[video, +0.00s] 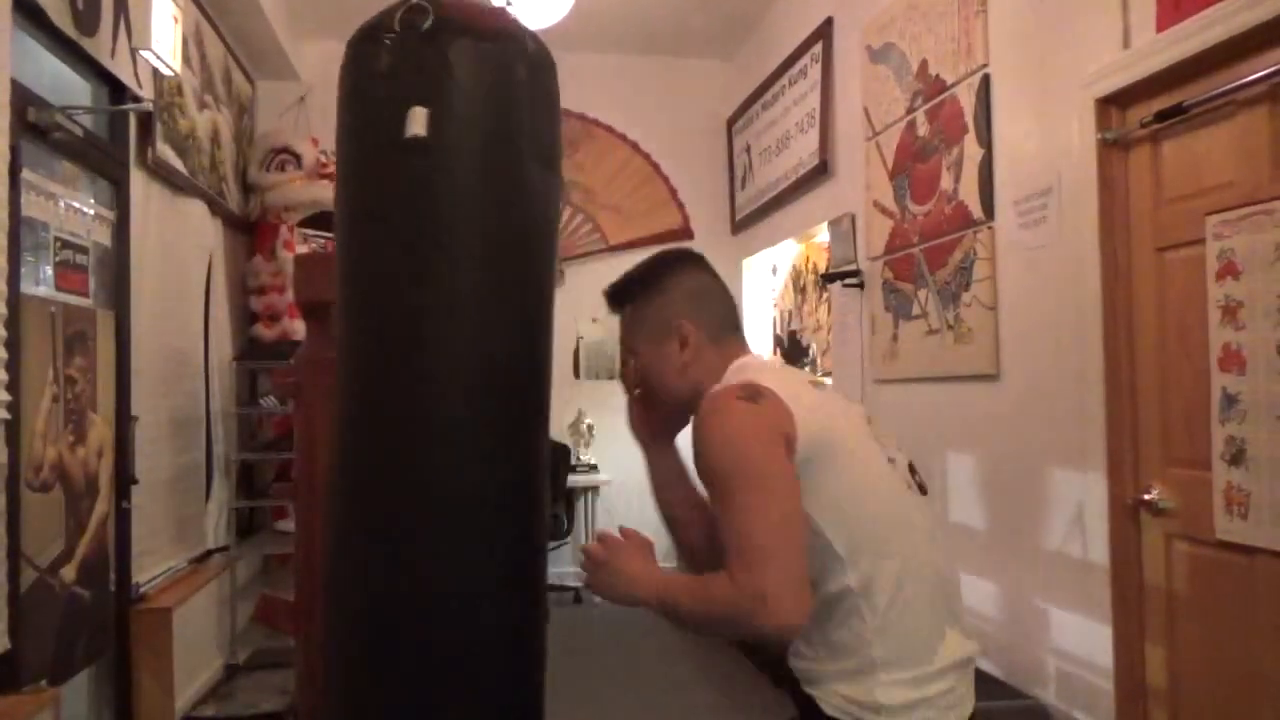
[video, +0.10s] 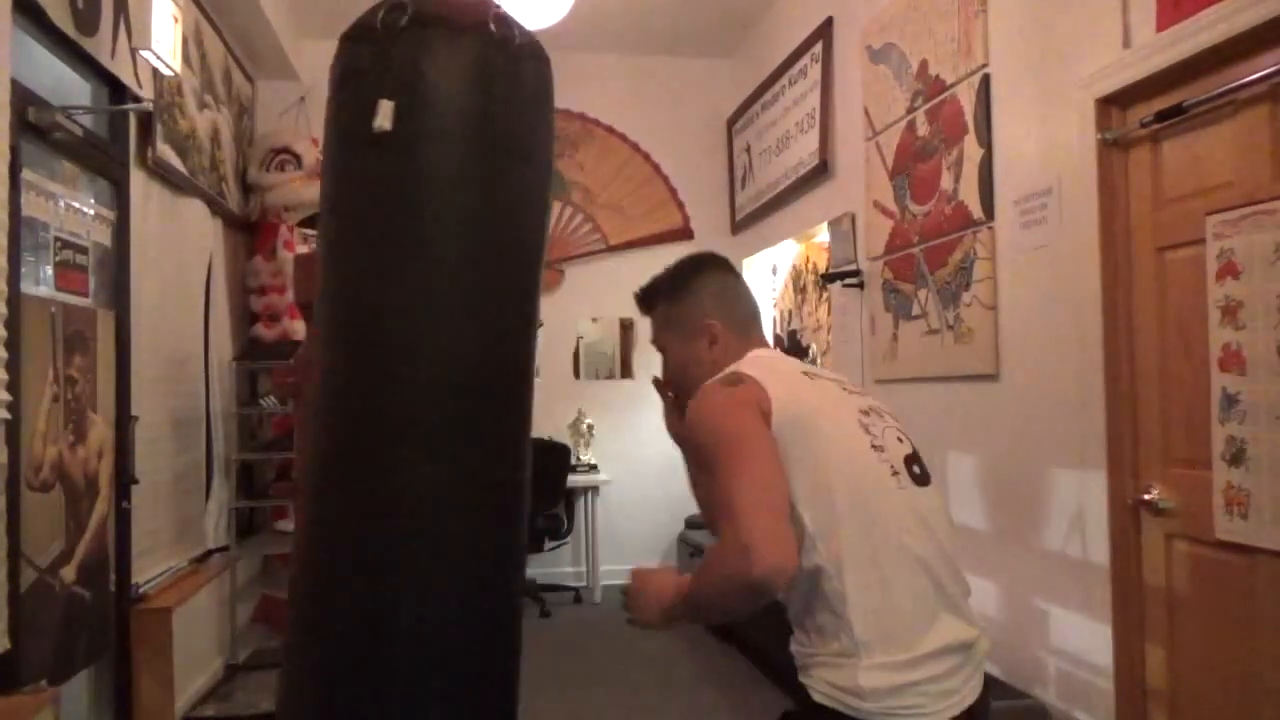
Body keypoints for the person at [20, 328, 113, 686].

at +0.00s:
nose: (69, 392)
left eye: (75, 383)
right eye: (64, 384)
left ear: (90, 386)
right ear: (60, 391)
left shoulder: (104, 432)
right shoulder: (61, 439)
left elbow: (104, 502)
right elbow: (36, 480)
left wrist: (75, 563)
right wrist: (46, 399)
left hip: (105, 549)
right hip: (75, 549)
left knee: (104, 626)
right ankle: (59, 685)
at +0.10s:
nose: (71, 392)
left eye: (76, 383)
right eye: (66, 385)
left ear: (90, 384)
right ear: (61, 390)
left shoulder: (104, 432)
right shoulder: (62, 439)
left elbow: (105, 500)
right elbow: (37, 480)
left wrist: (75, 562)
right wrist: (45, 401)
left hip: (105, 553)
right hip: (75, 554)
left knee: (106, 635)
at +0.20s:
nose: (72, 392)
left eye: (77, 383)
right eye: (67, 384)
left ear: (90, 385)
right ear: (61, 390)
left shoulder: (105, 431)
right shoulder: (62, 440)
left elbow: (104, 500)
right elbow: (38, 481)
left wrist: (75, 562)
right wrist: (45, 401)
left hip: (104, 555)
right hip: (74, 554)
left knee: (104, 637)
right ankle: (57, 690)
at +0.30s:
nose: (72, 392)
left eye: (77, 383)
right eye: (66, 385)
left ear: (90, 386)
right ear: (61, 391)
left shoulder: (104, 432)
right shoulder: (62, 441)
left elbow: (105, 501)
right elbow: (37, 481)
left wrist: (76, 563)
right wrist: (46, 401)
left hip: (104, 554)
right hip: (73, 552)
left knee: (104, 635)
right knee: (28, 606)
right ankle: (54, 689)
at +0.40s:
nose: (71, 393)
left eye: (77, 383)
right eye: (66, 385)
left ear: (90, 385)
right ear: (61, 391)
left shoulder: (104, 431)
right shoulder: (62, 439)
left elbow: (105, 500)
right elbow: (38, 481)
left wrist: (76, 562)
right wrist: (46, 401)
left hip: (104, 555)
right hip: (73, 553)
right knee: (27, 607)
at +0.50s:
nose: (70, 392)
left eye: (76, 383)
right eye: (65, 385)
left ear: (90, 384)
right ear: (61, 390)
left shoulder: (104, 430)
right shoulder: (62, 440)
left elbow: (105, 500)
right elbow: (38, 481)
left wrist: (76, 562)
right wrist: (45, 402)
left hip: (104, 555)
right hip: (73, 553)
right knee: (26, 607)